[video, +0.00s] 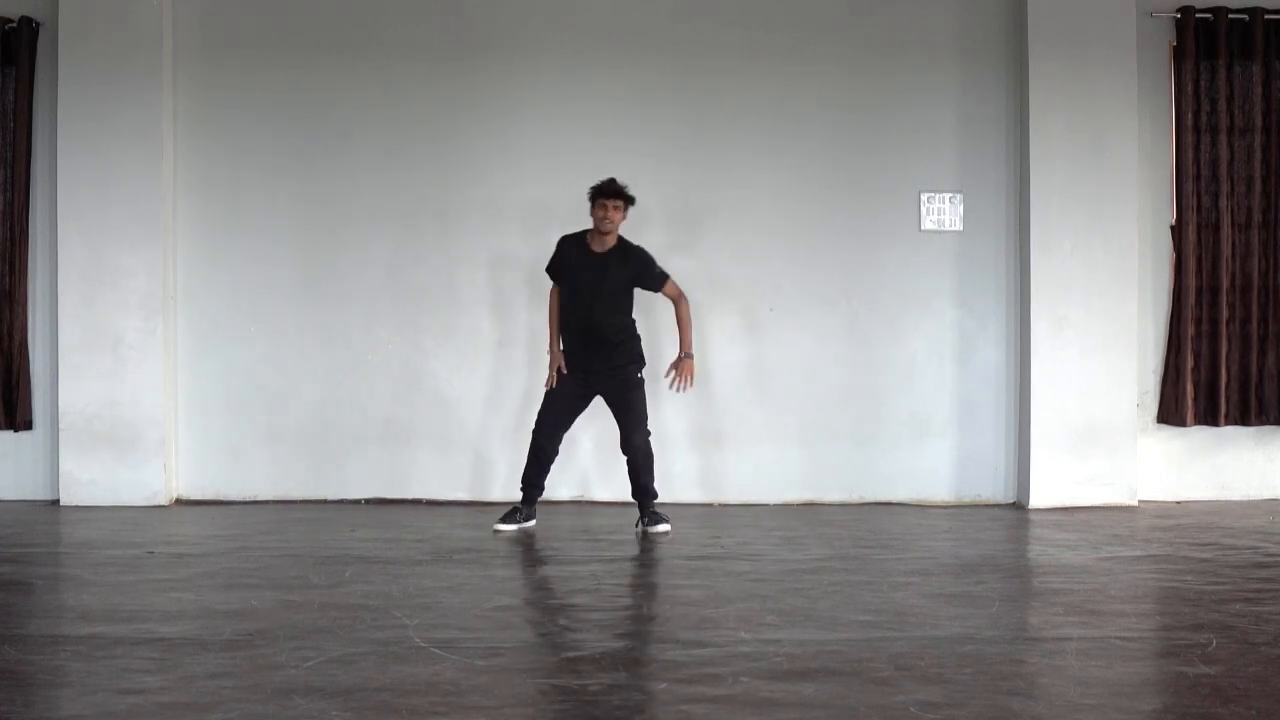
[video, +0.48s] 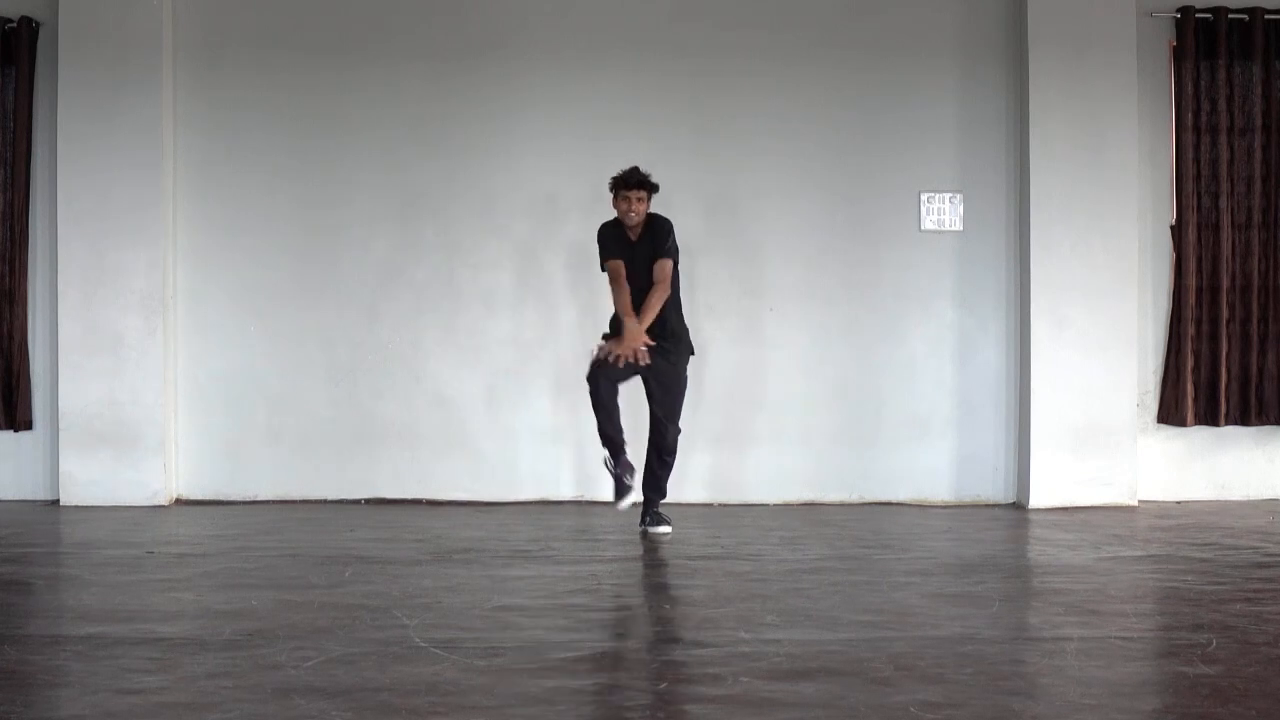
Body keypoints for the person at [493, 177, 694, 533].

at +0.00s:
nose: (608, 214)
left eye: (615, 209)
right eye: (602, 207)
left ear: (625, 215)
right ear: (591, 209)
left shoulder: (634, 258)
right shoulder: (568, 247)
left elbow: (679, 298)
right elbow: (557, 295)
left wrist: (686, 353)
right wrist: (554, 350)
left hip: (621, 367)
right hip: (575, 366)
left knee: (636, 440)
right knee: (544, 434)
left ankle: (648, 510)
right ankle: (526, 507)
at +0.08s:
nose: (626, 207)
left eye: (634, 202)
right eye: (620, 200)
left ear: (642, 207)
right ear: (609, 204)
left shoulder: (654, 250)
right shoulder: (589, 247)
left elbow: (684, 294)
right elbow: (562, 298)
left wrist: (672, 343)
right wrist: (546, 349)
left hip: (629, 362)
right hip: (581, 356)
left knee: (639, 439)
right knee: (536, 412)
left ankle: (648, 509)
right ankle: (519, 490)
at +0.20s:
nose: (632, 194)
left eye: (639, 188)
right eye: (625, 188)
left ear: (648, 192)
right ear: (614, 191)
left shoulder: (667, 234)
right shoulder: (602, 239)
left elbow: (682, 287)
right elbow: (566, 288)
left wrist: (644, 315)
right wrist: (542, 338)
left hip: (642, 347)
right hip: (599, 336)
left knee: (647, 431)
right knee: (539, 362)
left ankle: (650, 509)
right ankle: (531, 434)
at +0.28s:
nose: (629, 193)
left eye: (636, 187)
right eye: (622, 186)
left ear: (647, 190)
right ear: (612, 190)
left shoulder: (667, 223)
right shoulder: (602, 234)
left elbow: (685, 279)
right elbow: (573, 282)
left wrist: (636, 307)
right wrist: (554, 322)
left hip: (648, 341)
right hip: (607, 329)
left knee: (650, 429)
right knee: (557, 335)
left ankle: (650, 509)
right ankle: (553, 410)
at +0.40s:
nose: (629, 199)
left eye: (636, 192)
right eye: (622, 192)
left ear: (646, 194)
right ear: (611, 195)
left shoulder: (660, 218)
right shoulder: (604, 232)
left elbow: (671, 274)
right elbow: (599, 280)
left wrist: (629, 315)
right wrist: (594, 321)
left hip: (660, 336)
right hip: (621, 330)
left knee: (657, 425)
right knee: (586, 339)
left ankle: (651, 508)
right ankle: (591, 424)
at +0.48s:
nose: (632, 206)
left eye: (639, 200)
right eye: (625, 199)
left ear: (649, 202)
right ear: (614, 201)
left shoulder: (662, 228)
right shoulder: (609, 232)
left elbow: (663, 285)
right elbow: (617, 281)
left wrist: (636, 332)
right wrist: (629, 328)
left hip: (669, 340)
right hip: (628, 336)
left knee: (665, 427)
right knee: (600, 376)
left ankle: (652, 507)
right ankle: (619, 461)